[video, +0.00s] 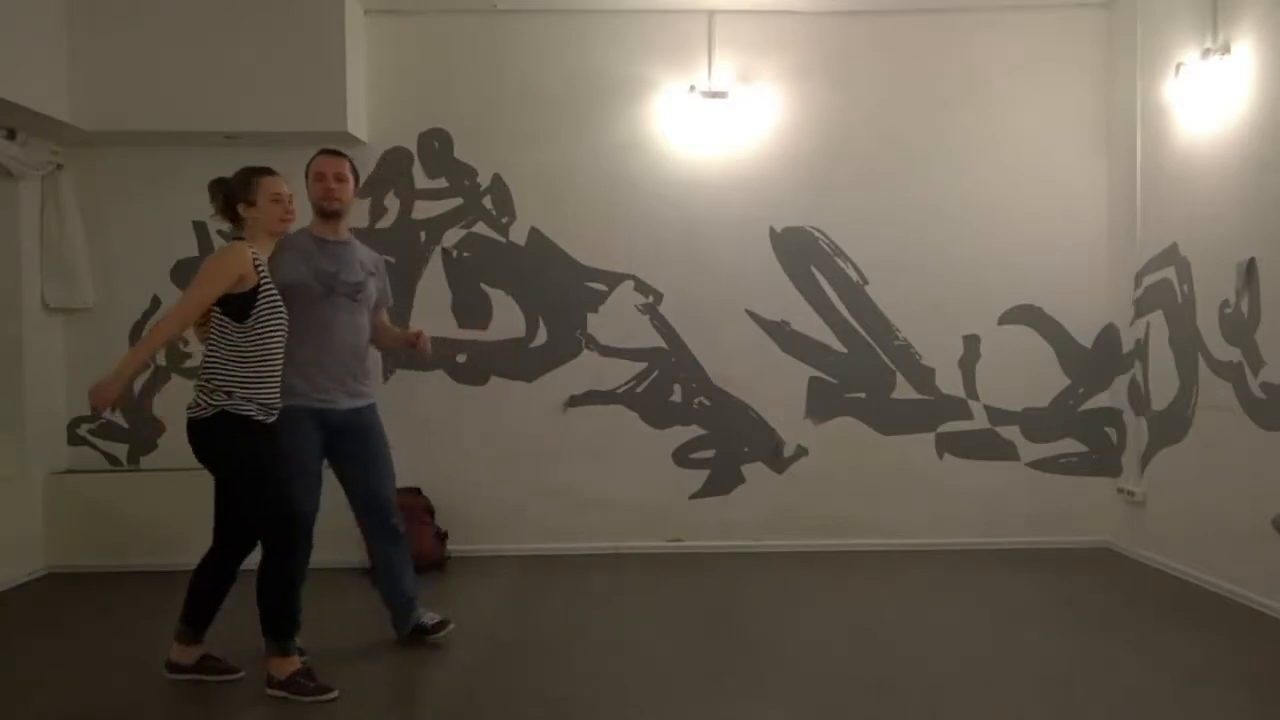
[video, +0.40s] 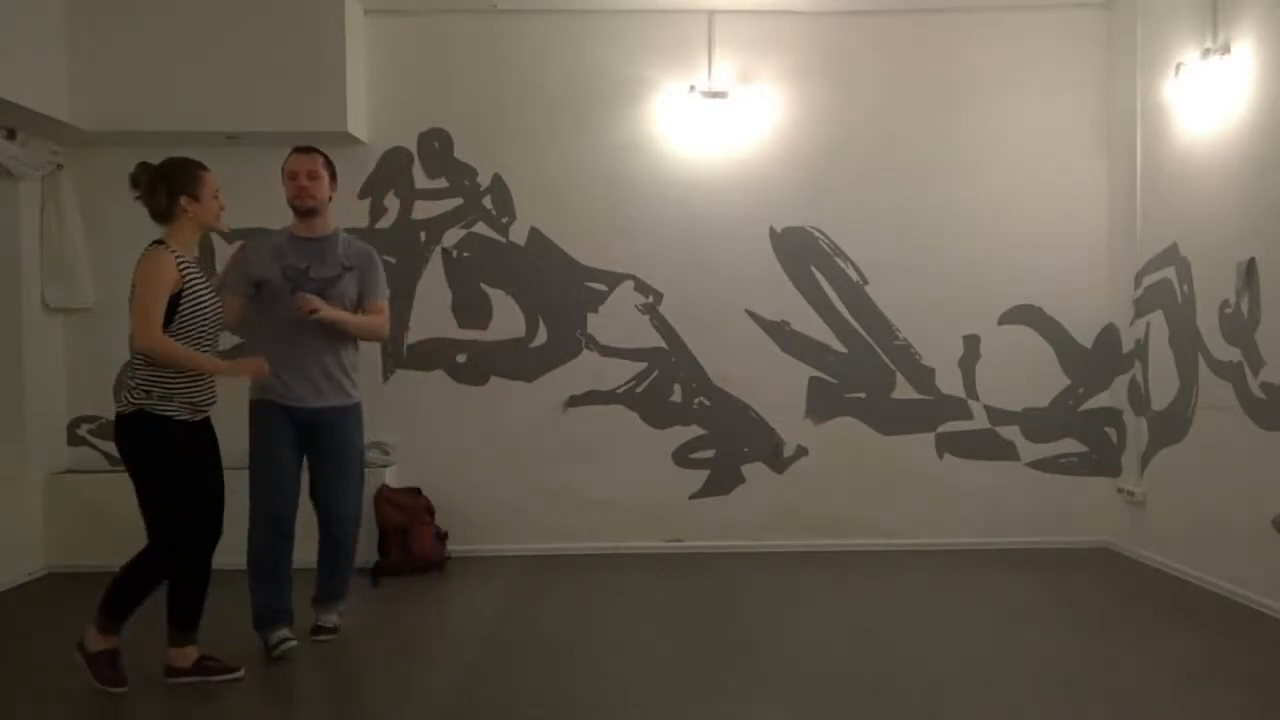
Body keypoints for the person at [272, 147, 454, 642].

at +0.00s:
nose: (330, 186)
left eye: (340, 179)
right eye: (321, 179)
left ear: (355, 191)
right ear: (307, 190)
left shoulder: (369, 262)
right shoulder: (283, 250)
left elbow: (379, 329)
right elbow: (248, 306)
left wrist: (404, 338)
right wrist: (208, 320)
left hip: (356, 408)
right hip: (295, 407)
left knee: (382, 511)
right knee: (294, 523)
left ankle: (407, 615)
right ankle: (282, 635)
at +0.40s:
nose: (303, 185)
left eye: (313, 177)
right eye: (294, 178)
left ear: (332, 188)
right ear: (283, 188)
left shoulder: (361, 255)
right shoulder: (256, 251)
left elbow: (380, 326)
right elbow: (225, 316)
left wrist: (334, 314)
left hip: (338, 405)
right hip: (274, 404)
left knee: (341, 515)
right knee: (272, 515)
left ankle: (329, 607)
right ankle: (274, 624)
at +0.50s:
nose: (302, 189)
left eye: (313, 181)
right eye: (294, 182)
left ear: (333, 191)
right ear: (284, 193)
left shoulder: (363, 258)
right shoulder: (263, 254)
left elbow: (378, 329)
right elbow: (215, 307)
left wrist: (318, 313)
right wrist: (247, 312)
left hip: (340, 409)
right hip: (277, 407)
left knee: (334, 515)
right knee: (277, 516)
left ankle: (326, 606)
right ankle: (273, 626)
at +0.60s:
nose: (301, 191)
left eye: (311, 183)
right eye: (292, 184)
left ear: (333, 193)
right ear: (283, 195)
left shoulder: (365, 261)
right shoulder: (262, 257)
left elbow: (373, 332)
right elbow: (213, 309)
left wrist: (302, 316)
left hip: (340, 411)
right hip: (277, 408)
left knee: (333, 516)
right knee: (274, 518)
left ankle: (325, 605)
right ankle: (283, 627)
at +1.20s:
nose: (259, 176)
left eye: (271, 168)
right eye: (257, 168)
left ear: (305, 180)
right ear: (264, 182)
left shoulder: (325, 246)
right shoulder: (280, 252)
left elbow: (319, 332)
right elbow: (269, 327)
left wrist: (229, 341)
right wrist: (212, 333)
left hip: (318, 410)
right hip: (290, 410)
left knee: (284, 529)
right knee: (289, 528)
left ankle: (306, 662)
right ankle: (310, 645)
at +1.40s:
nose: (254, 196)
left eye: (257, 185)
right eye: (250, 188)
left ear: (273, 181)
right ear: (311, 176)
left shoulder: (298, 238)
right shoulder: (318, 238)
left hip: (310, 410)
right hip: (331, 406)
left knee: (284, 527)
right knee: (302, 522)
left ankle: (307, 663)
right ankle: (337, 639)